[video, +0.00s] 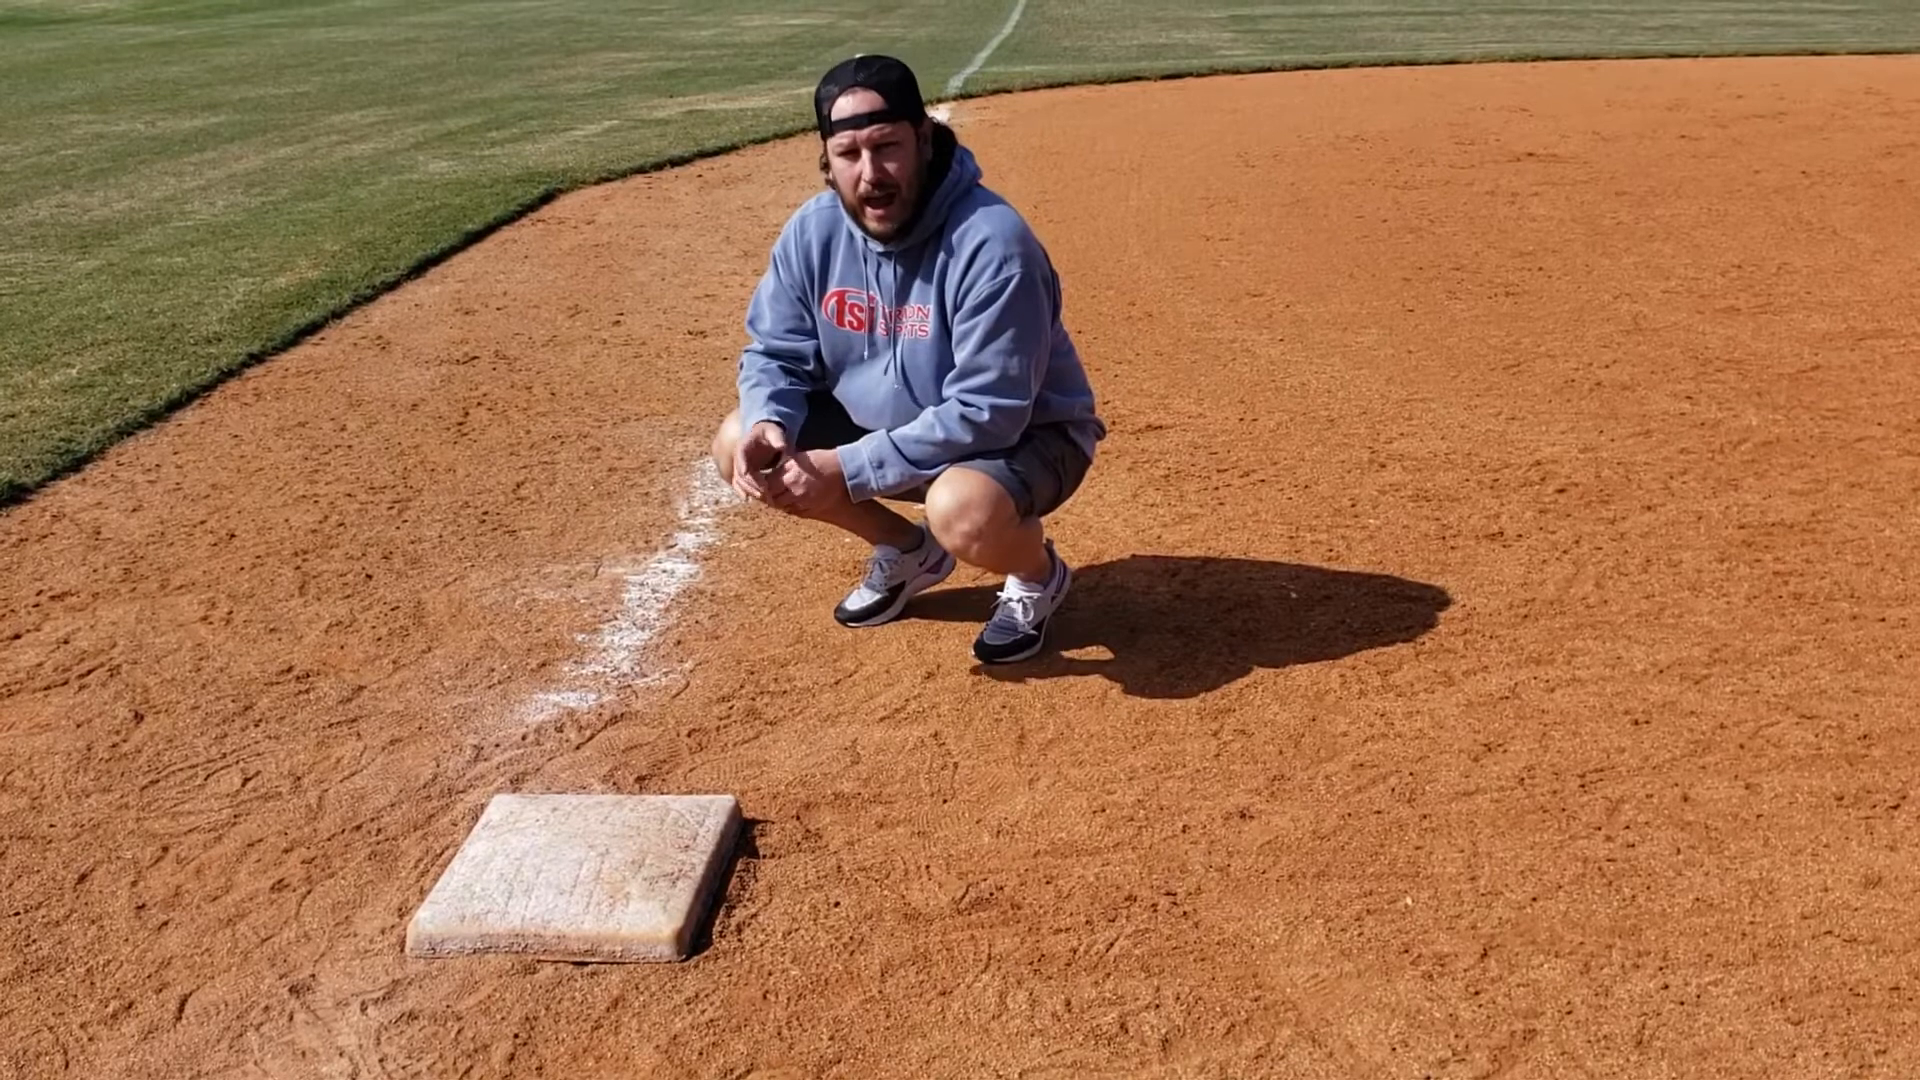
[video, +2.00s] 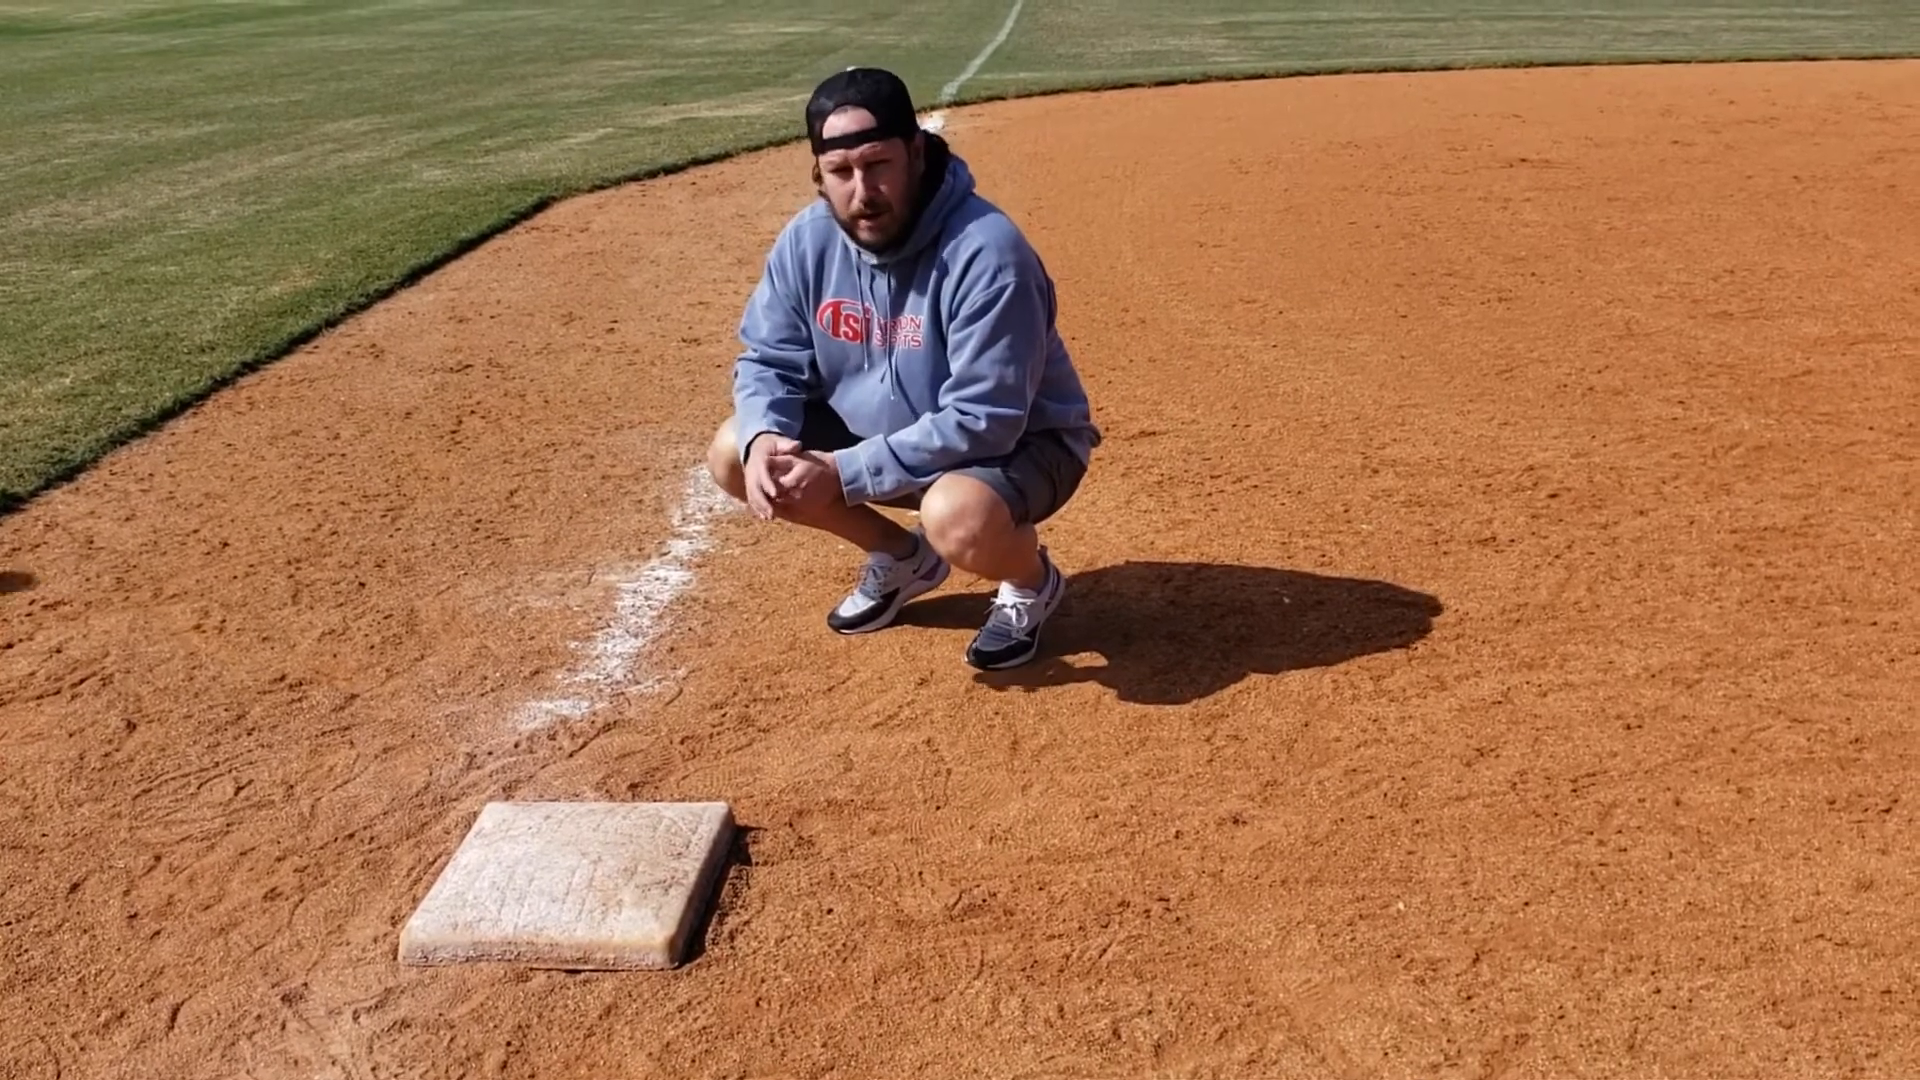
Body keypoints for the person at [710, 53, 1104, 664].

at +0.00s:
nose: (870, 174)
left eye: (887, 146)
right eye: (848, 154)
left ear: (925, 138)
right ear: (827, 161)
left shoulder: (992, 247)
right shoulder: (813, 232)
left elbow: (986, 415)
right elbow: (776, 351)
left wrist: (844, 470)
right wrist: (768, 424)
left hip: (1030, 433)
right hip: (893, 425)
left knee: (961, 510)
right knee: (743, 446)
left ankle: (1039, 576)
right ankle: (907, 549)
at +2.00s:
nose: (862, 193)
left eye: (878, 165)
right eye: (840, 171)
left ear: (918, 153)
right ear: (819, 174)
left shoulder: (988, 257)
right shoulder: (808, 240)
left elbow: (982, 423)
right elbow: (768, 357)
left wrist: (845, 474)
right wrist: (767, 434)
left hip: (1024, 441)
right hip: (889, 434)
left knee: (956, 516)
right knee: (736, 456)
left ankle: (1033, 583)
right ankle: (901, 555)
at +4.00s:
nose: (861, 198)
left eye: (878, 171)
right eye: (839, 177)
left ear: (917, 162)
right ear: (817, 182)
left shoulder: (983, 262)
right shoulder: (803, 249)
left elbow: (980, 428)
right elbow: (766, 365)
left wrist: (839, 481)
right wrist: (765, 441)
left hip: (1023, 447)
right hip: (887, 441)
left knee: (952, 524)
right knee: (734, 461)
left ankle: (1034, 589)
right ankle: (899, 561)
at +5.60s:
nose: (834, 224)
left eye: (854, 202)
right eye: (820, 201)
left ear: (905, 182)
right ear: (805, 189)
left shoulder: (982, 270)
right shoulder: (801, 255)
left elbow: (978, 433)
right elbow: (765, 371)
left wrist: (840, 483)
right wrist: (761, 446)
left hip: (1021, 452)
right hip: (883, 445)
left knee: (952, 528)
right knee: (735, 466)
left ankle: (1032, 593)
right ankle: (898, 565)